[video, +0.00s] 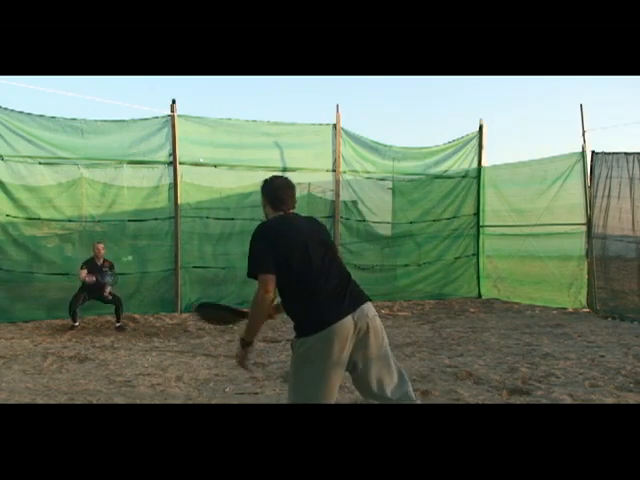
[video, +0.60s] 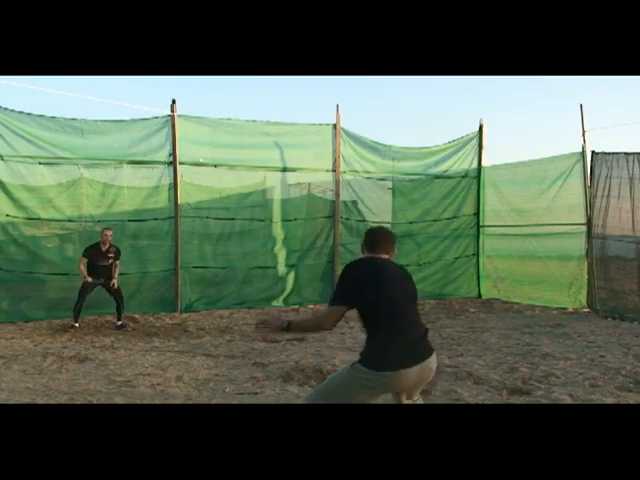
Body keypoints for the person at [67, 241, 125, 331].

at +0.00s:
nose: (100, 251)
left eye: (101, 249)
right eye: (97, 249)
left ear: (104, 251)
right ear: (94, 251)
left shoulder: (109, 264)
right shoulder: (87, 263)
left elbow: (111, 279)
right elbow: (82, 276)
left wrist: (107, 290)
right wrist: (87, 278)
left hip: (101, 290)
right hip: (87, 290)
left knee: (117, 301)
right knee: (73, 304)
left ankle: (118, 323)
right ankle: (75, 323)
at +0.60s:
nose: (107, 238)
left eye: (109, 236)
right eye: (105, 235)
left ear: (111, 237)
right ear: (101, 237)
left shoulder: (115, 250)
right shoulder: (91, 249)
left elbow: (116, 265)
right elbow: (80, 264)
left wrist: (115, 278)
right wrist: (85, 276)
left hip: (107, 279)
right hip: (92, 279)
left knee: (119, 298)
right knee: (81, 298)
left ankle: (119, 321)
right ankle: (75, 322)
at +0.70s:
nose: (109, 235)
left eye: (111, 232)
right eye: (107, 232)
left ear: (113, 234)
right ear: (102, 233)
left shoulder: (117, 248)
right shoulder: (92, 246)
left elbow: (119, 263)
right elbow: (83, 261)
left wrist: (116, 275)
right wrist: (87, 272)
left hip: (109, 276)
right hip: (95, 276)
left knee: (119, 299)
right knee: (84, 298)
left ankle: (119, 322)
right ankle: (77, 322)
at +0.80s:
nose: (109, 232)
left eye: (111, 230)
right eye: (107, 230)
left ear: (114, 231)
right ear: (103, 230)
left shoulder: (118, 246)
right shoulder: (93, 244)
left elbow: (121, 261)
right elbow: (83, 259)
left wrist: (118, 273)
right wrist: (87, 267)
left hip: (110, 274)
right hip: (95, 273)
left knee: (118, 298)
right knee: (86, 297)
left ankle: (119, 321)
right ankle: (82, 321)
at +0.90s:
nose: (109, 231)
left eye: (111, 228)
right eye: (107, 228)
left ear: (114, 230)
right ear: (102, 229)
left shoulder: (117, 245)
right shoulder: (92, 243)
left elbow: (120, 260)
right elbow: (82, 258)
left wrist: (119, 272)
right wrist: (89, 263)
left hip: (109, 274)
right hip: (95, 274)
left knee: (117, 298)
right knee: (88, 298)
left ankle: (119, 321)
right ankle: (85, 321)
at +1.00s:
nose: (109, 231)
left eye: (111, 228)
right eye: (107, 228)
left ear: (114, 230)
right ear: (103, 229)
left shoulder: (117, 246)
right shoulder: (93, 243)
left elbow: (119, 259)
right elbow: (81, 257)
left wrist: (121, 269)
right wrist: (90, 256)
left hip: (108, 275)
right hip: (94, 275)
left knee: (118, 297)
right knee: (87, 298)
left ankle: (120, 320)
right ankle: (85, 322)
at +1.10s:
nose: (107, 241)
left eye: (109, 238)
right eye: (105, 238)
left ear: (113, 237)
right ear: (102, 236)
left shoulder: (117, 247)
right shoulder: (95, 244)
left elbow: (120, 261)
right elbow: (83, 254)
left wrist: (123, 272)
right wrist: (94, 249)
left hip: (108, 277)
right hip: (94, 276)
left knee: (118, 299)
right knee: (87, 299)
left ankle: (124, 322)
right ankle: (85, 322)